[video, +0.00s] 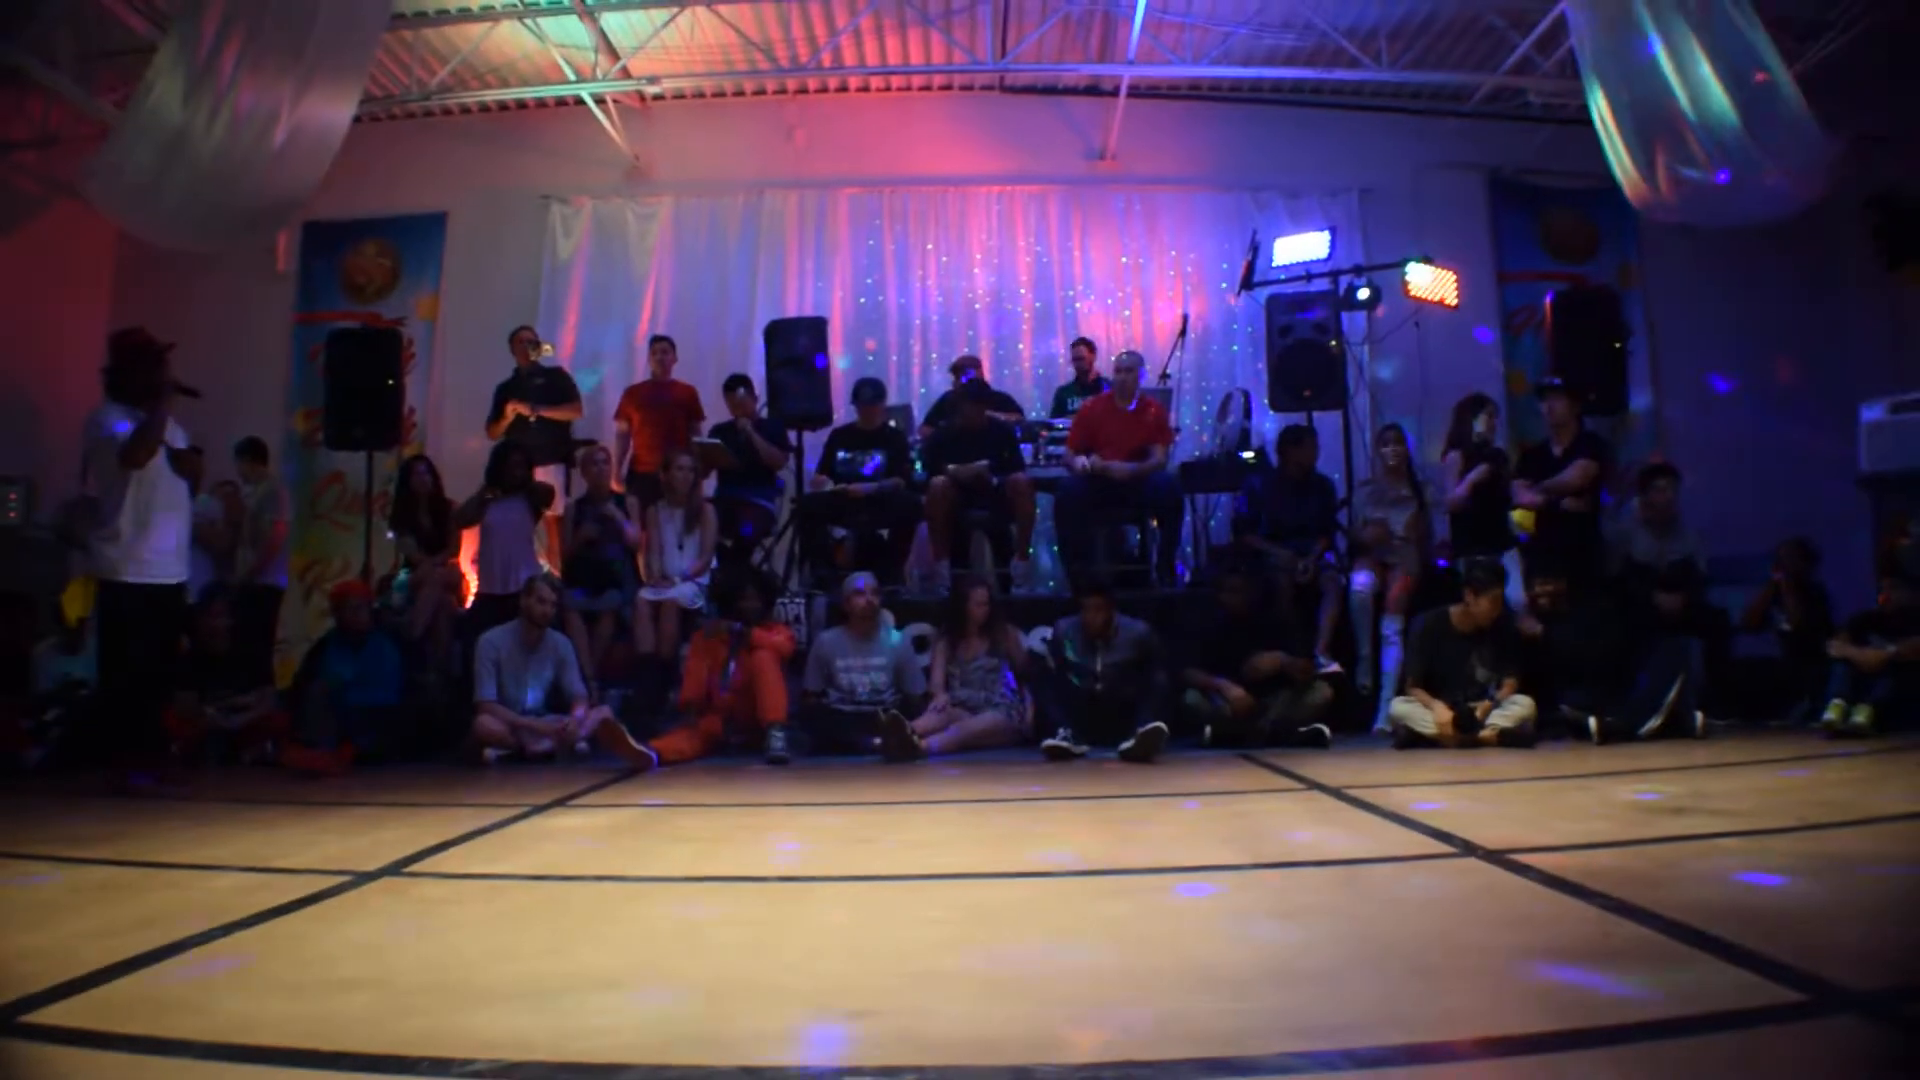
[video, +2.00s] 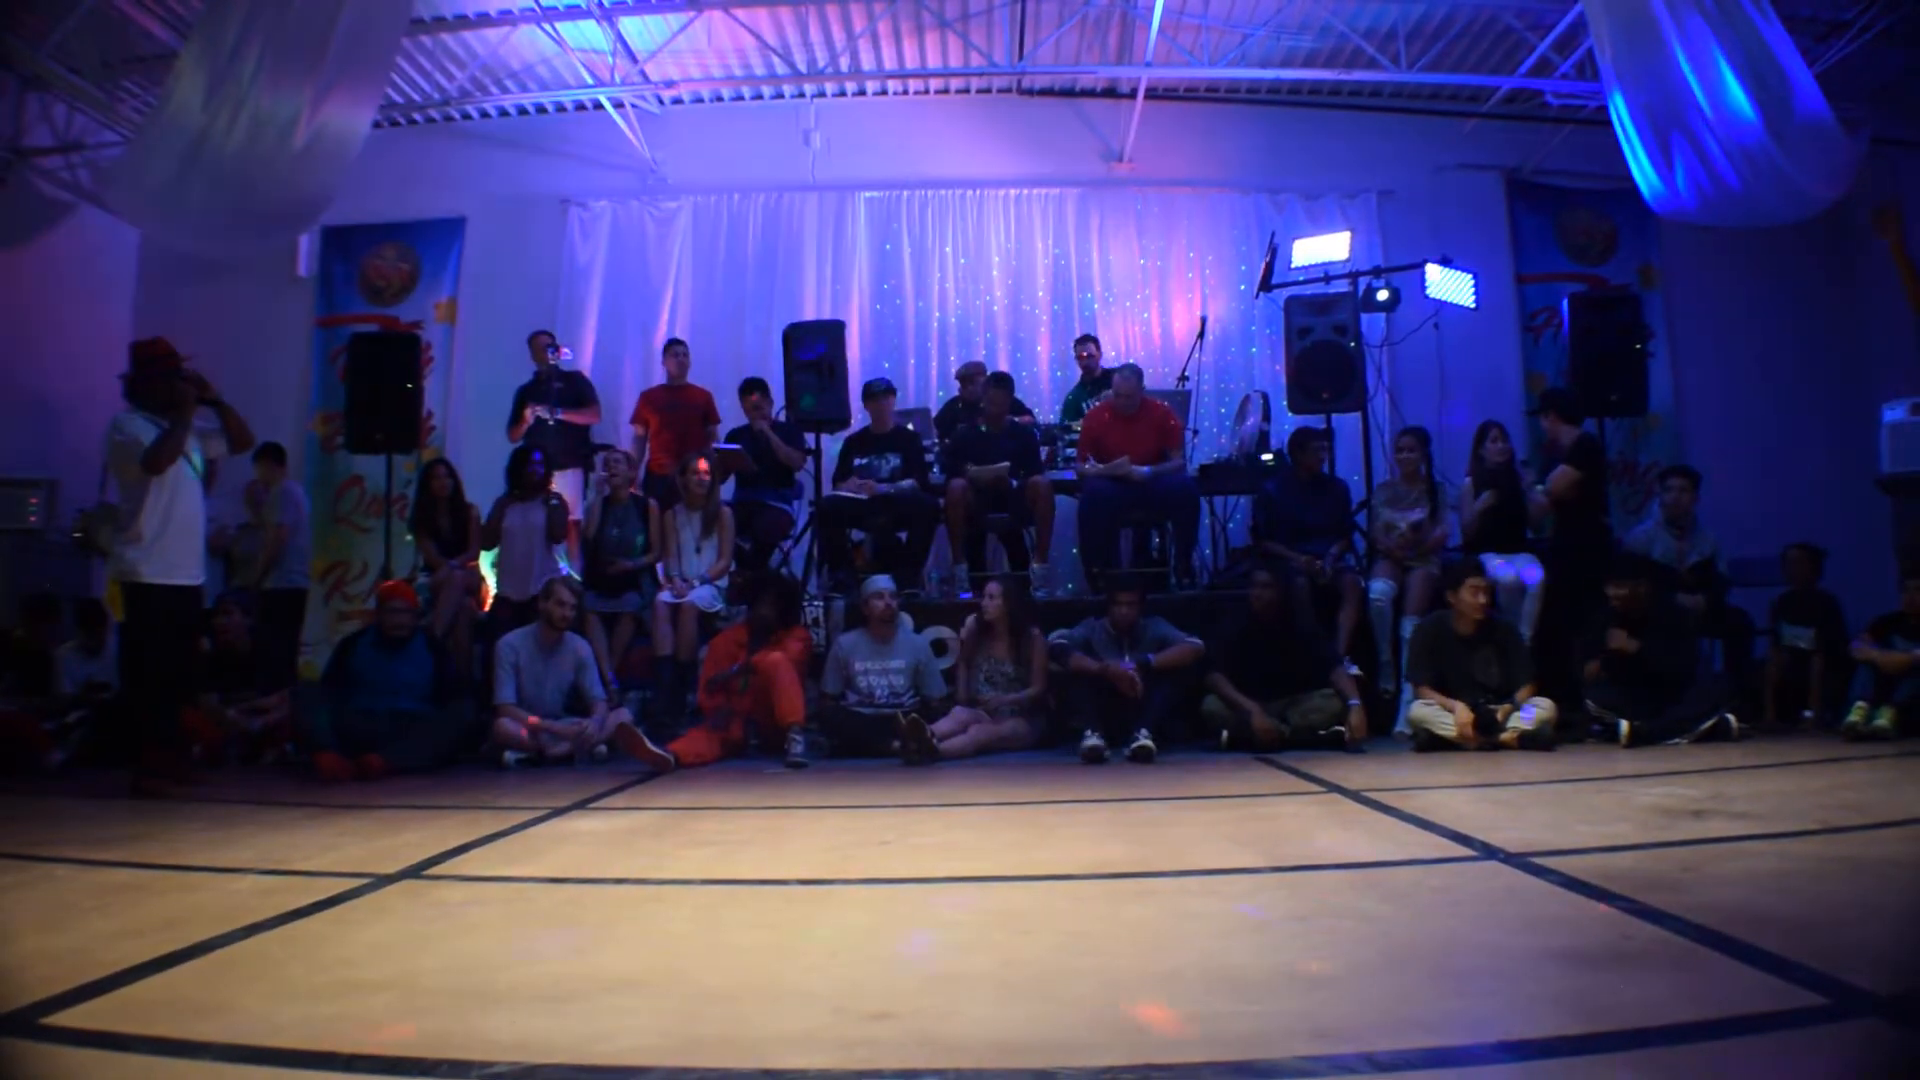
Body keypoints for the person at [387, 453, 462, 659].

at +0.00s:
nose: (423, 479)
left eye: (427, 474)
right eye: (417, 475)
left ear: (434, 478)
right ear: (407, 480)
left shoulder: (447, 508)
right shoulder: (402, 511)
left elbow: (453, 549)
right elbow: (408, 552)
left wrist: (428, 564)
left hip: (448, 570)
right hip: (415, 574)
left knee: (433, 579)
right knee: (445, 601)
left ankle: (412, 637)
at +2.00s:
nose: (443, 483)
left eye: (447, 477)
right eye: (436, 479)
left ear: (454, 481)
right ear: (427, 484)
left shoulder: (469, 511)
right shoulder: (422, 513)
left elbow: (474, 551)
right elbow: (429, 554)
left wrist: (450, 565)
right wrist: (454, 569)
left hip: (468, 572)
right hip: (436, 575)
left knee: (455, 577)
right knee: (465, 605)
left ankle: (434, 636)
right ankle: (462, 672)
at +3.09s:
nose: (440, 483)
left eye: (444, 477)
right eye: (434, 479)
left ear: (452, 481)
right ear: (425, 484)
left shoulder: (468, 511)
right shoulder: (420, 514)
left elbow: (473, 551)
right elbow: (425, 549)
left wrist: (451, 565)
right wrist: (446, 568)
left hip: (468, 573)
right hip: (435, 576)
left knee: (453, 578)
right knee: (462, 604)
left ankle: (433, 636)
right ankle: (458, 672)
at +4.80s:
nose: (438, 482)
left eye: (443, 476)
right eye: (432, 477)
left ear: (451, 480)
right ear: (424, 483)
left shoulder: (468, 511)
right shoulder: (419, 515)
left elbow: (473, 551)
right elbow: (427, 553)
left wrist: (450, 565)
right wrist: (447, 568)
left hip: (466, 571)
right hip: (435, 574)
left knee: (452, 579)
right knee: (463, 603)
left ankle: (434, 634)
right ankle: (457, 659)